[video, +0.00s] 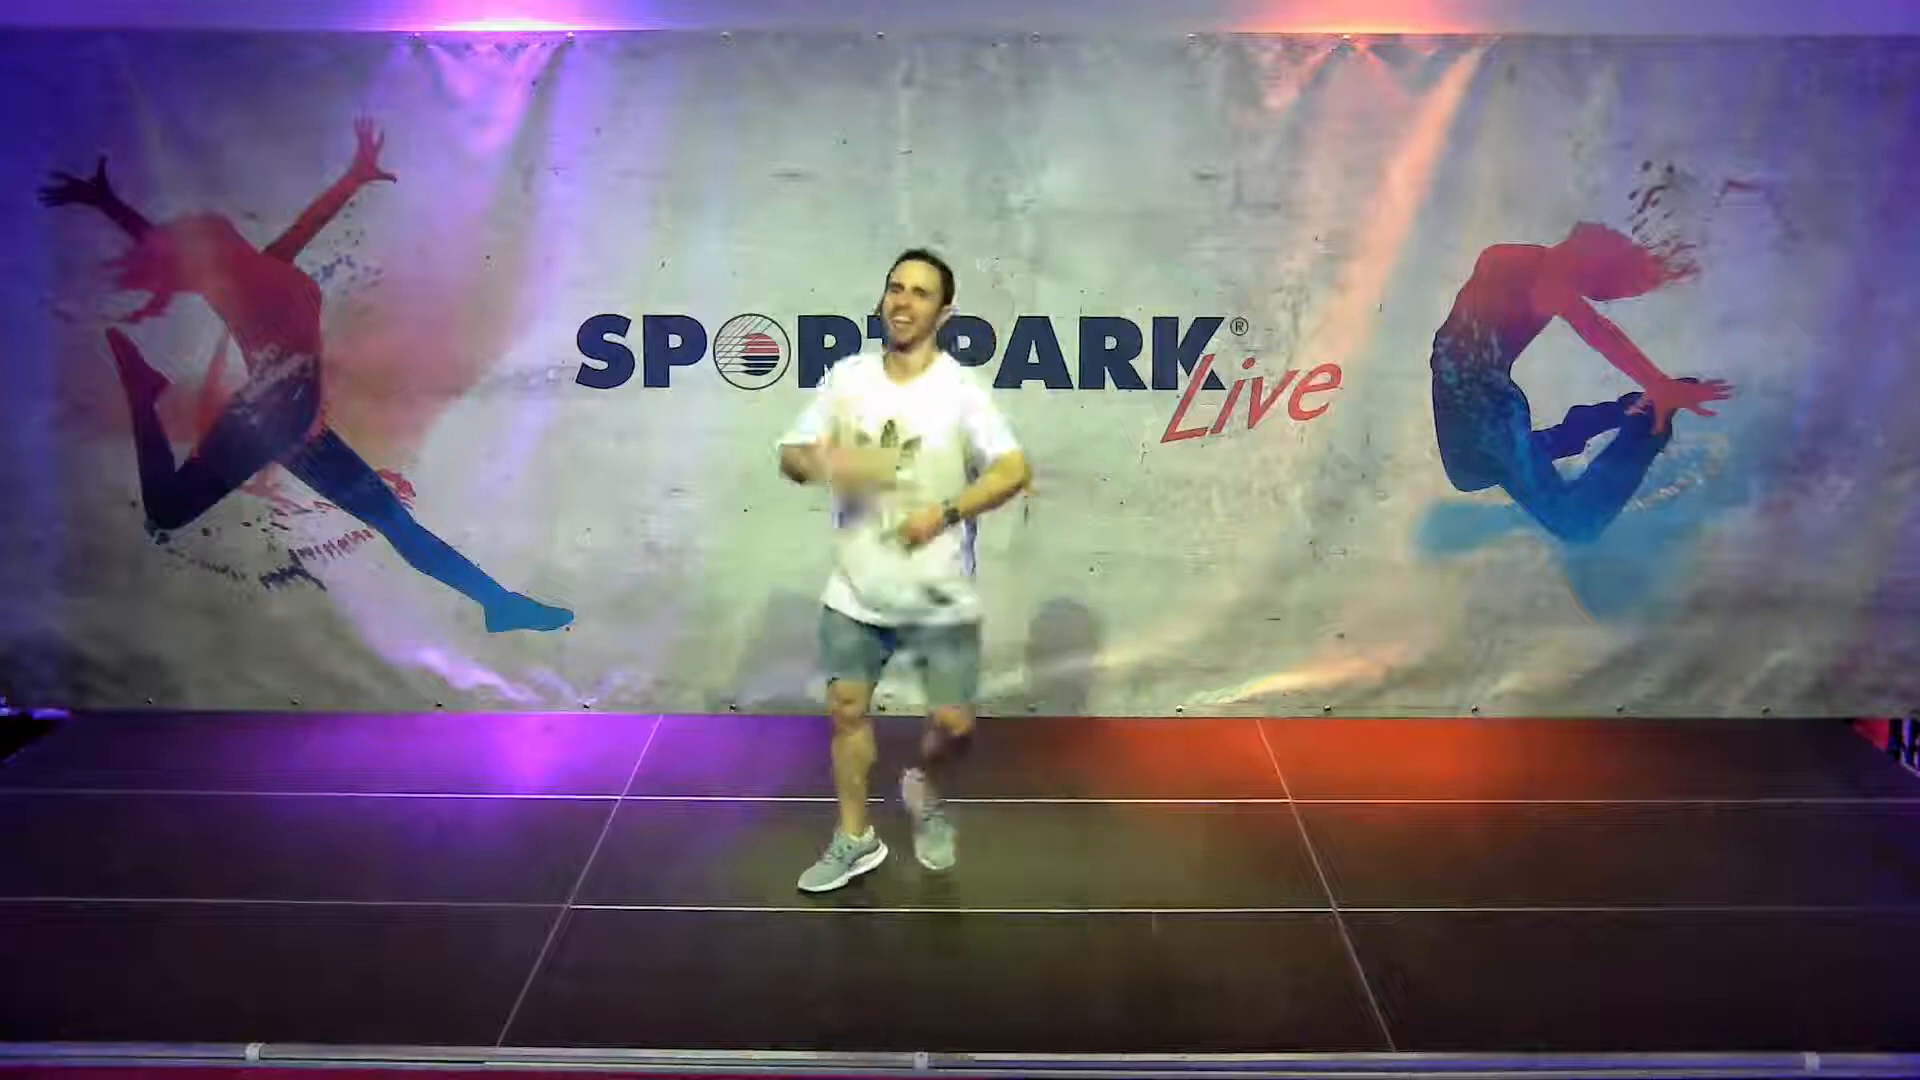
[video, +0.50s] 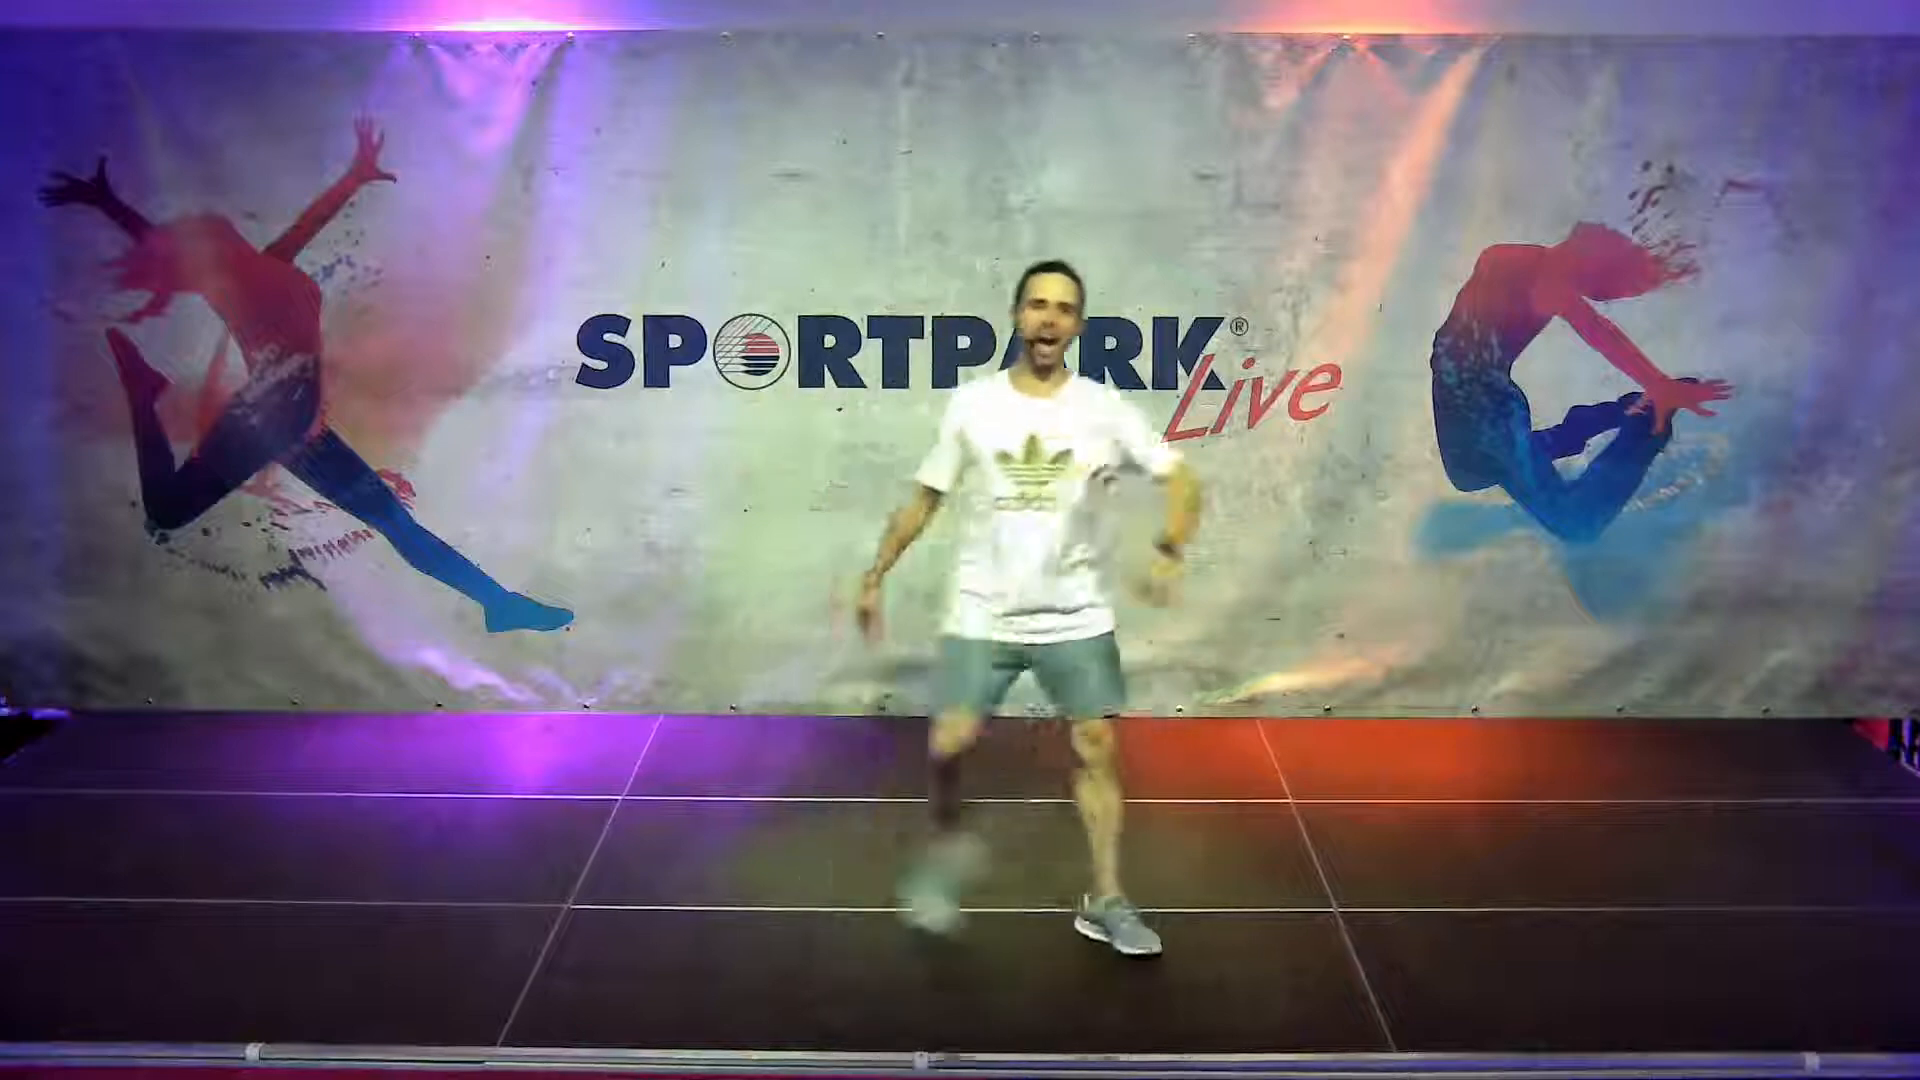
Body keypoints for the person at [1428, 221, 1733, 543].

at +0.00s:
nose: (1595, 290)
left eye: (1605, 289)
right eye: (1605, 284)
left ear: (1588, 250)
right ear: (1589, 248)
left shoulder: (1548, 283)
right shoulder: (1529, 265)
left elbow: (1598, 332)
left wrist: (1657, 383)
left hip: (1487, 402)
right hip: (1454, 391)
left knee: (1576, 522)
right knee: (1468, 475)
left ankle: (1648, 424)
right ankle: (1570, 436)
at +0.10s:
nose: (1595, 290)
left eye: (1605, 289)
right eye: (1605, 284)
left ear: (1588, 250)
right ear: (1589, 248)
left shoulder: (1548, 283)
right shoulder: (1529, 265)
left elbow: (1598, 332)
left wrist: (1657, 383)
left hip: (1487, 402)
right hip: (1454, 391)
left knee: (1576, 522)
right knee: (1468, 475)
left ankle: (1648, 424)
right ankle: (1570, 436)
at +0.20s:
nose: (1595, 290)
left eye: (1605, 289)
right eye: (1605, 284)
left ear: (1588, 250)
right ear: (1589, 248)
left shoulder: (1548, 283)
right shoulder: (1529, 264)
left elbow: (1598, 332)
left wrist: (1657, 383)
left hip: (1487, 402)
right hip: (1454, 391)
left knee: (1576, 522)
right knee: (1468, 475)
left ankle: (1648, 424)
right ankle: (1570, 436)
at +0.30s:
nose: (1595, 290)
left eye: (1605, 289)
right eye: (1605, 284)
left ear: (1588, 250)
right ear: (1589, 248)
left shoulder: (1548, 283)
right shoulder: (1529, 264)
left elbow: (1598, 332)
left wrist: (1657, 383)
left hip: (1487, 402)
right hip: (1454, 391)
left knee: (1576, 522)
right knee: (1468, 475)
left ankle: (1648, 424)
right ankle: (1570, 436)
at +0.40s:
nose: (1595, 290)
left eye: (1605, 289)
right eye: (1605, 284)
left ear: (1588, 250)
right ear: (1589, 248)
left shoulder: (1548, 283)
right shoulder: (1529, 264)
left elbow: (1598, 332)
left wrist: (1657, 383)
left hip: (1487, 402)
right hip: (1454, 391)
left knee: (1576, 522)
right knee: (1468, 475)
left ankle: (1648, 424)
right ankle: (1570, 436)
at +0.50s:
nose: (1594, 290)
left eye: (1604, 289)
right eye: (1604, 284)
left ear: (1589, 250)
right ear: (1589, 247)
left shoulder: (1548, 283)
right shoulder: (1531, 265)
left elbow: (1598, 332)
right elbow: (1596, 331)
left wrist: (1657, 382)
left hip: (1487, 402)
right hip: (1455, 391)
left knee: (1576, 522)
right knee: (1468, 474)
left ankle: (1648, 425)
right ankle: (1570, 436)